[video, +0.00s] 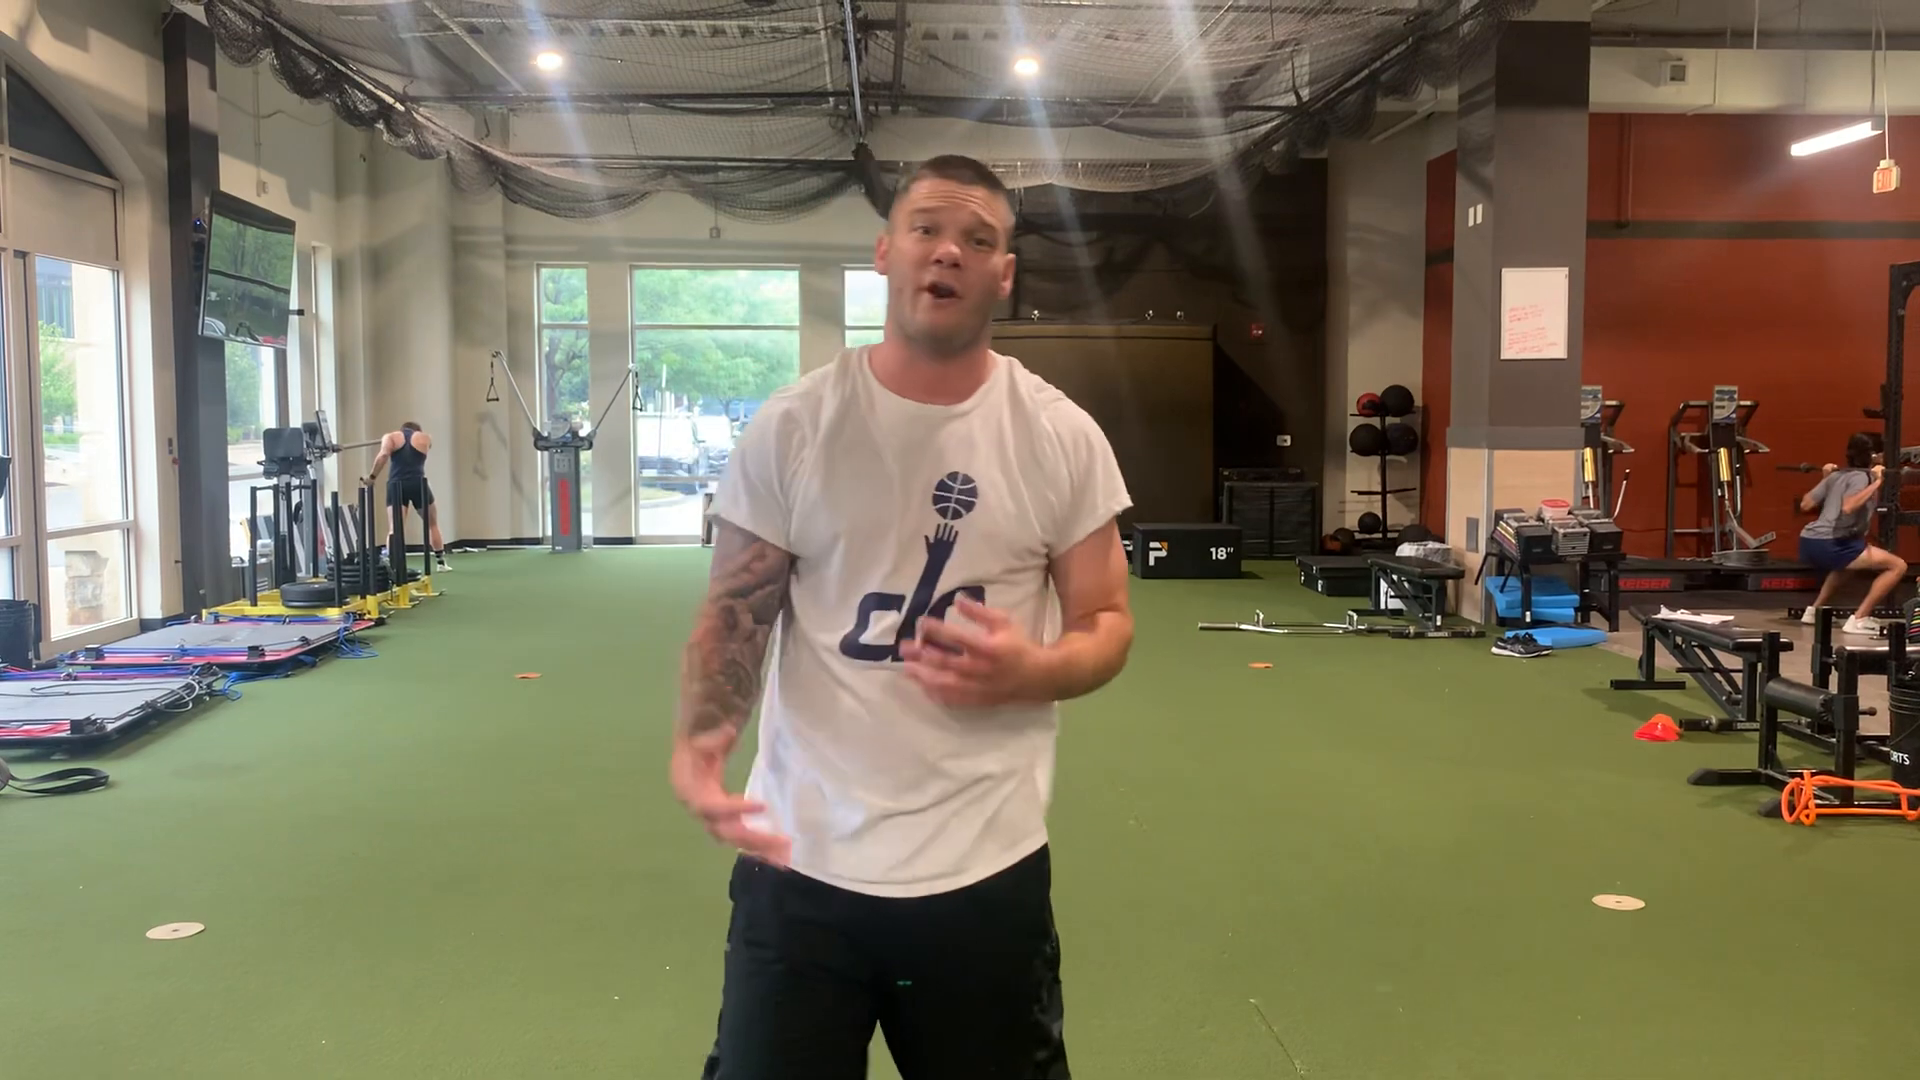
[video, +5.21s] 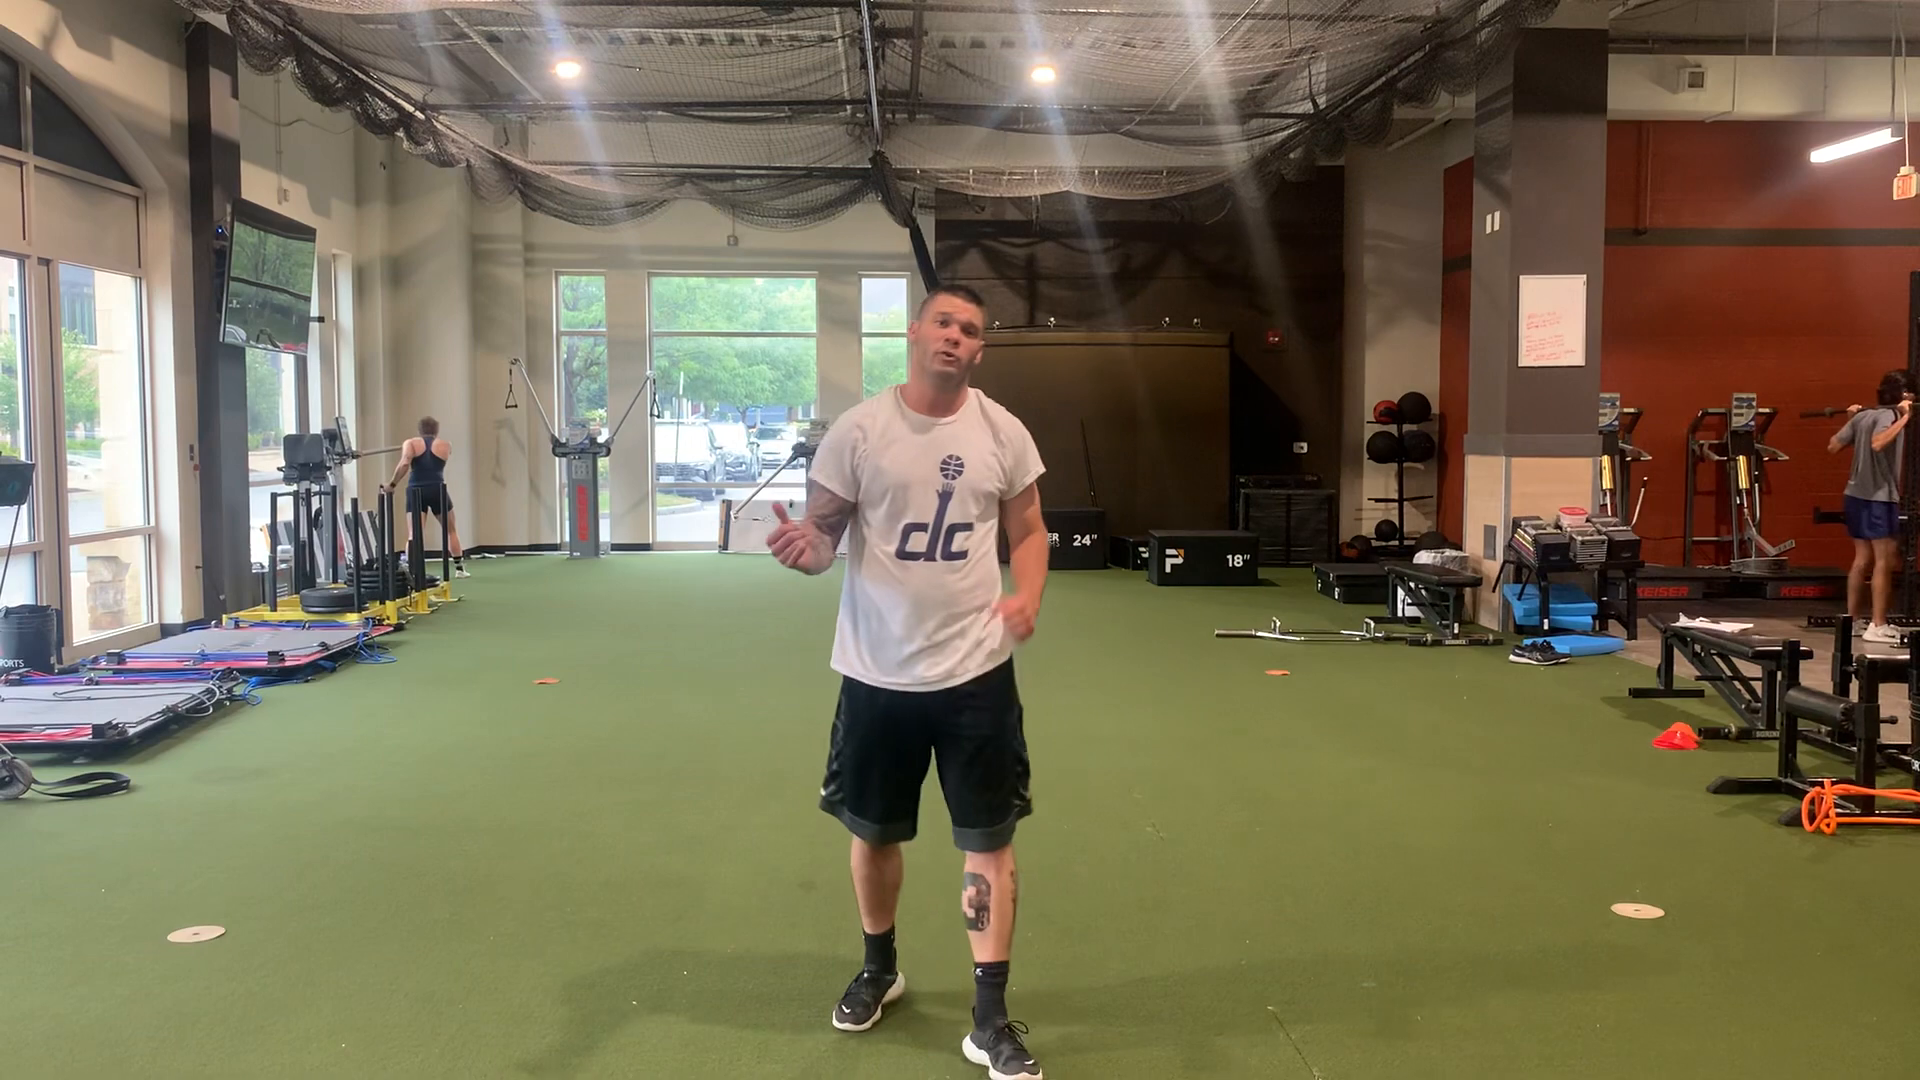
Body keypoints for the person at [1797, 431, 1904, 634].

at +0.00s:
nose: (1881, 458)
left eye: (1881, 453)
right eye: (1880, 453)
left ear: (1850, 455)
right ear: (1872, 457)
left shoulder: (1836, 476)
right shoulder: (1862, 477)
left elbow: (1806, 504)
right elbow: (1848, 507)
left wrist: (1825, 478)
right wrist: (1877, 482)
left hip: (1808, 541)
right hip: (1831, 545)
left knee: (1847, 564)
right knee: (1898, 566)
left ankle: (1814, 609)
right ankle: (1860, 619)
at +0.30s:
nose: (1881, 420)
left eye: (1882, 416)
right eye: (1879, 415)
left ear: (1851, 415)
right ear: (1871, 417)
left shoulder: (1837, 438)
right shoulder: (1863, 438)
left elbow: (1807, 465)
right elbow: (1849, 466)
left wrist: (1825, 439)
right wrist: (1877, 442)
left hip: (1813, 506)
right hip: (1835, 511)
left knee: (1834, 558)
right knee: (1881, 559)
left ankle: (1813, 612)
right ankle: (1858, 620)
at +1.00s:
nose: (1886, 453)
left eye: (1886, 449)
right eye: (1884, 449)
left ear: (1855, 451)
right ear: (1875, 452)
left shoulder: (1841, 472)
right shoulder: (1865, 474)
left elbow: (1810, 499)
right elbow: (1849, 503)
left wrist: (1830, 474)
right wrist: (1879, 479)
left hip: (1812, 539)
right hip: (1835, 542)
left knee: (1847, 568)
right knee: (1900, 566)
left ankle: (1818, 611)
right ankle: (1863, 620)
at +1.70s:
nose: (1887, 416)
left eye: (1887, 411)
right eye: (1884, 412)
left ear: (1857, 414)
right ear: (1875, 415)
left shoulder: (1843, 437)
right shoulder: (1867, 437)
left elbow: (1813, 464)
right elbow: (1853, 465)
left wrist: (1832, 437)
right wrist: (1881, 443)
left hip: (1820, 507)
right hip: (1841, 512)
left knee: (1841, 559)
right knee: (1886, 560)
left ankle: (1818, 615)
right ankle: (1864, 623)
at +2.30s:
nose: (1886, 450)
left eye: (1886, 445)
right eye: (1883, 445)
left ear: (1856, 445)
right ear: (1876, 447)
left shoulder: (1842, 467)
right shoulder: (1867, 468)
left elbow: (1812, 495)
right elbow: (1850, 496)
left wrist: (1832, 468)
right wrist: (1880, 473)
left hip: (1816, 535)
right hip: (1841, 540)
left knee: (1845, 571)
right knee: (1900, 568)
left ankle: (1818, 615)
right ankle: (1864, 623)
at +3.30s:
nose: (1891, 408)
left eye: (1891, 404)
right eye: (1889, 404)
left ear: (1861, 407)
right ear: (1881, 408)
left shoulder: (1847, 430)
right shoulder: (1872, 429)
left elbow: (1820, 457)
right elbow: (1860, 457)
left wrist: (1836, 430)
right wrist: (1887, 432)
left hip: (1830, 503)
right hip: (1854, 507)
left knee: (1841, 562)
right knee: (1881, 564)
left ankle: (1823, 621)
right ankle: (1870, 629)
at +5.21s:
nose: (1911, 398)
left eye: (1911, 394)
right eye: (1909, 394)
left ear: (1881, 393)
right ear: (1901, 395)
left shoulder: (1862, 417)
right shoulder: (1889, 416)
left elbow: (1833, 446)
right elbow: (1877, 443)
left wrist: (1850, 418)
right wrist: (1904, 418)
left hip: (1855, 496)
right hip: (1879, 499)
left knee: (1861, 559)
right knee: (1883, 561)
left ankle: (1852, 621)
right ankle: (1878, 625)